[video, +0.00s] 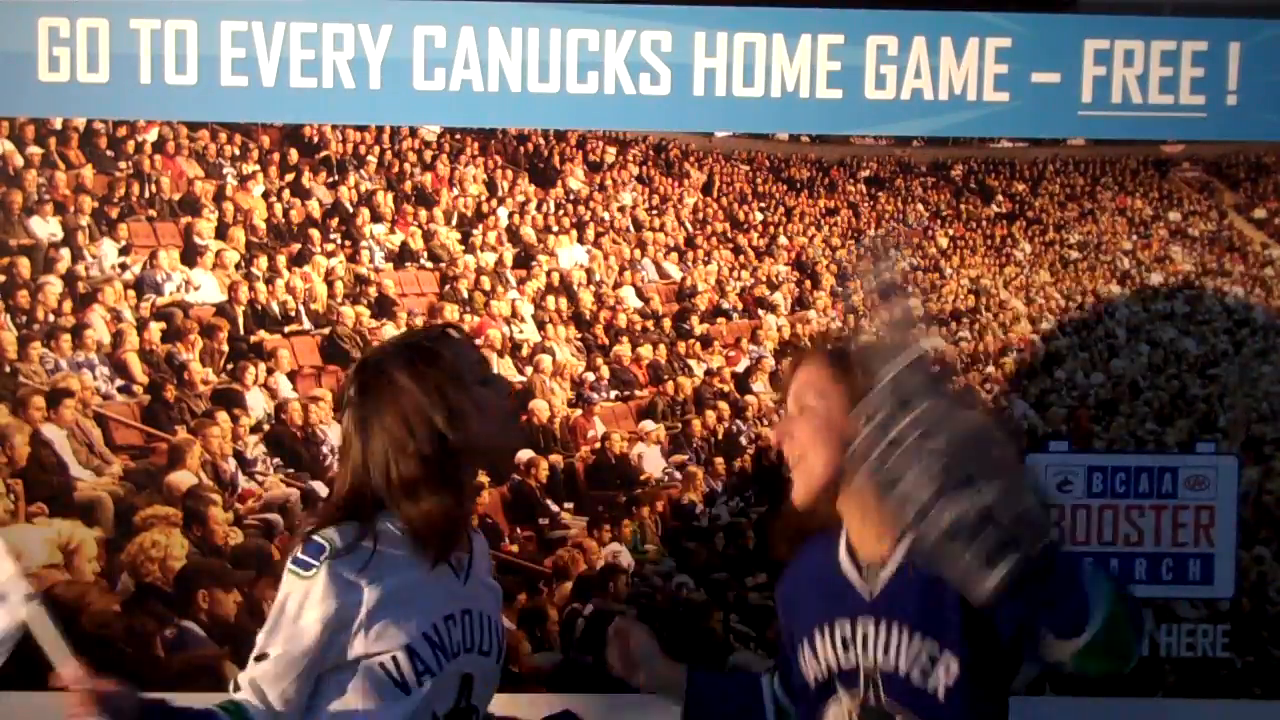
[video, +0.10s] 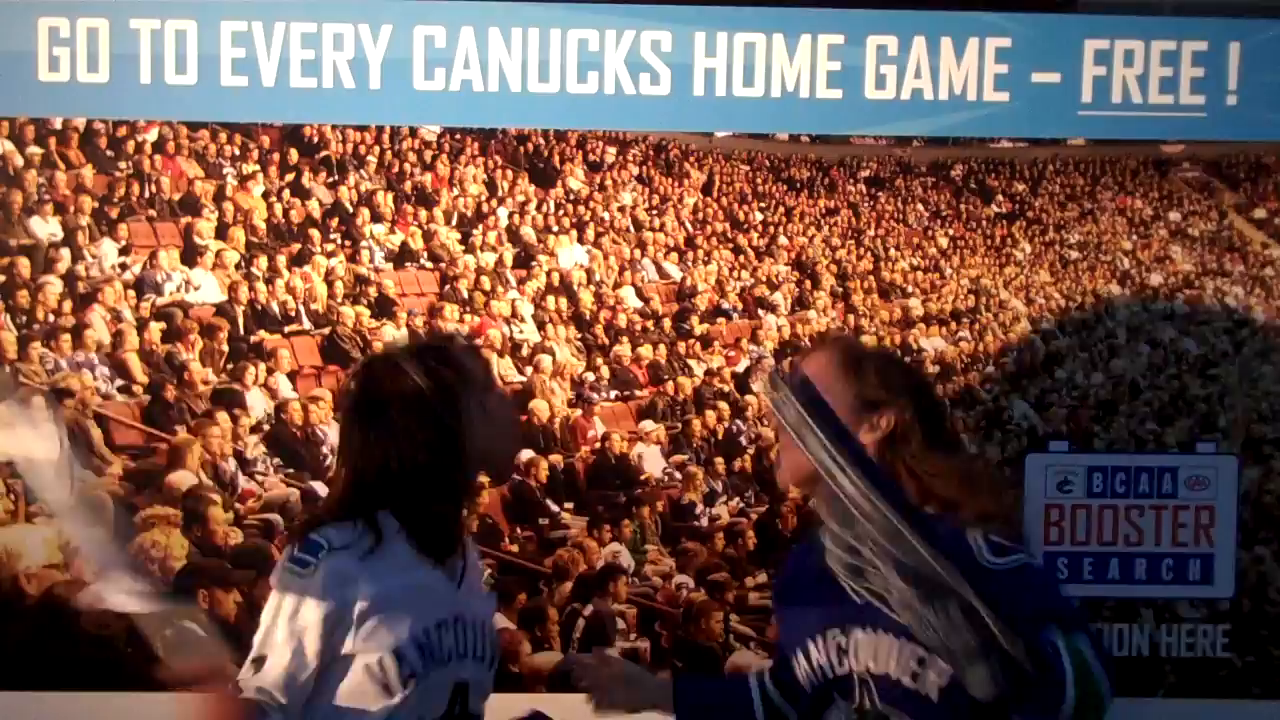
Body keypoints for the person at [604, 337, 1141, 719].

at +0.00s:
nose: (776, 435)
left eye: (800, 410)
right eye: (783, 412)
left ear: (876, 427)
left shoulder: (978, 569)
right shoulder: (805, 579)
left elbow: (1117, 652)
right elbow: (795, 705)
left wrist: (1032, 558)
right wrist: (670, 679)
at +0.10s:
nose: (778, 426)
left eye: (802, 407)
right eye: (787, 407)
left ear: (878, 430)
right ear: (874, 432)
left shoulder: (967, 541)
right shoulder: (813, 560)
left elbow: (1072, 684)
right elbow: (796, 694)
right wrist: (659, 692)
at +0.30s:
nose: (749, 416)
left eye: (776, 409)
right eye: (762, 403)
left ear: (843, 457)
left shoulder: (921, 590)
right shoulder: (770, 571)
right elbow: (752, 694)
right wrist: (637, 604)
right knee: (569, 710)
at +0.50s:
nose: (724, 435)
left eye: (753, 417)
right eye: (731, 416)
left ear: (819, 445)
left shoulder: (921, 555)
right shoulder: (769, 588)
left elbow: (1045, 686)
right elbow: (778, 701)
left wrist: (1065, 617)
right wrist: (646, 649)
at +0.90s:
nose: (804, 392)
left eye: (830, 379)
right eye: (793, 386)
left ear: (891, 409)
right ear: (784, 429)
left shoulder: (962, 539)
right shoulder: (790, 552)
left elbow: (1076, 688)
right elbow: (780, 666)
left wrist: (1068, 590)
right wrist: (666, 624)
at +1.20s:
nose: (871, 420)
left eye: (902, 403)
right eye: (871, 406)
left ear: (970, 432)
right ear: (864, 422)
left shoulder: (1030, 572)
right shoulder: (843, 540)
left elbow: (1057, 709)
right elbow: (778, 676)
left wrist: (1086, 646)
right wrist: (652, 652)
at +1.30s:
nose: (874, 417)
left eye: (904, 396)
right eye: (881, 398)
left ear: (973, 422)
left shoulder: (1045, 565)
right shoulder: (852, 539)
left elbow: (1073, 705)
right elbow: (792, 662)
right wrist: (660, 666)